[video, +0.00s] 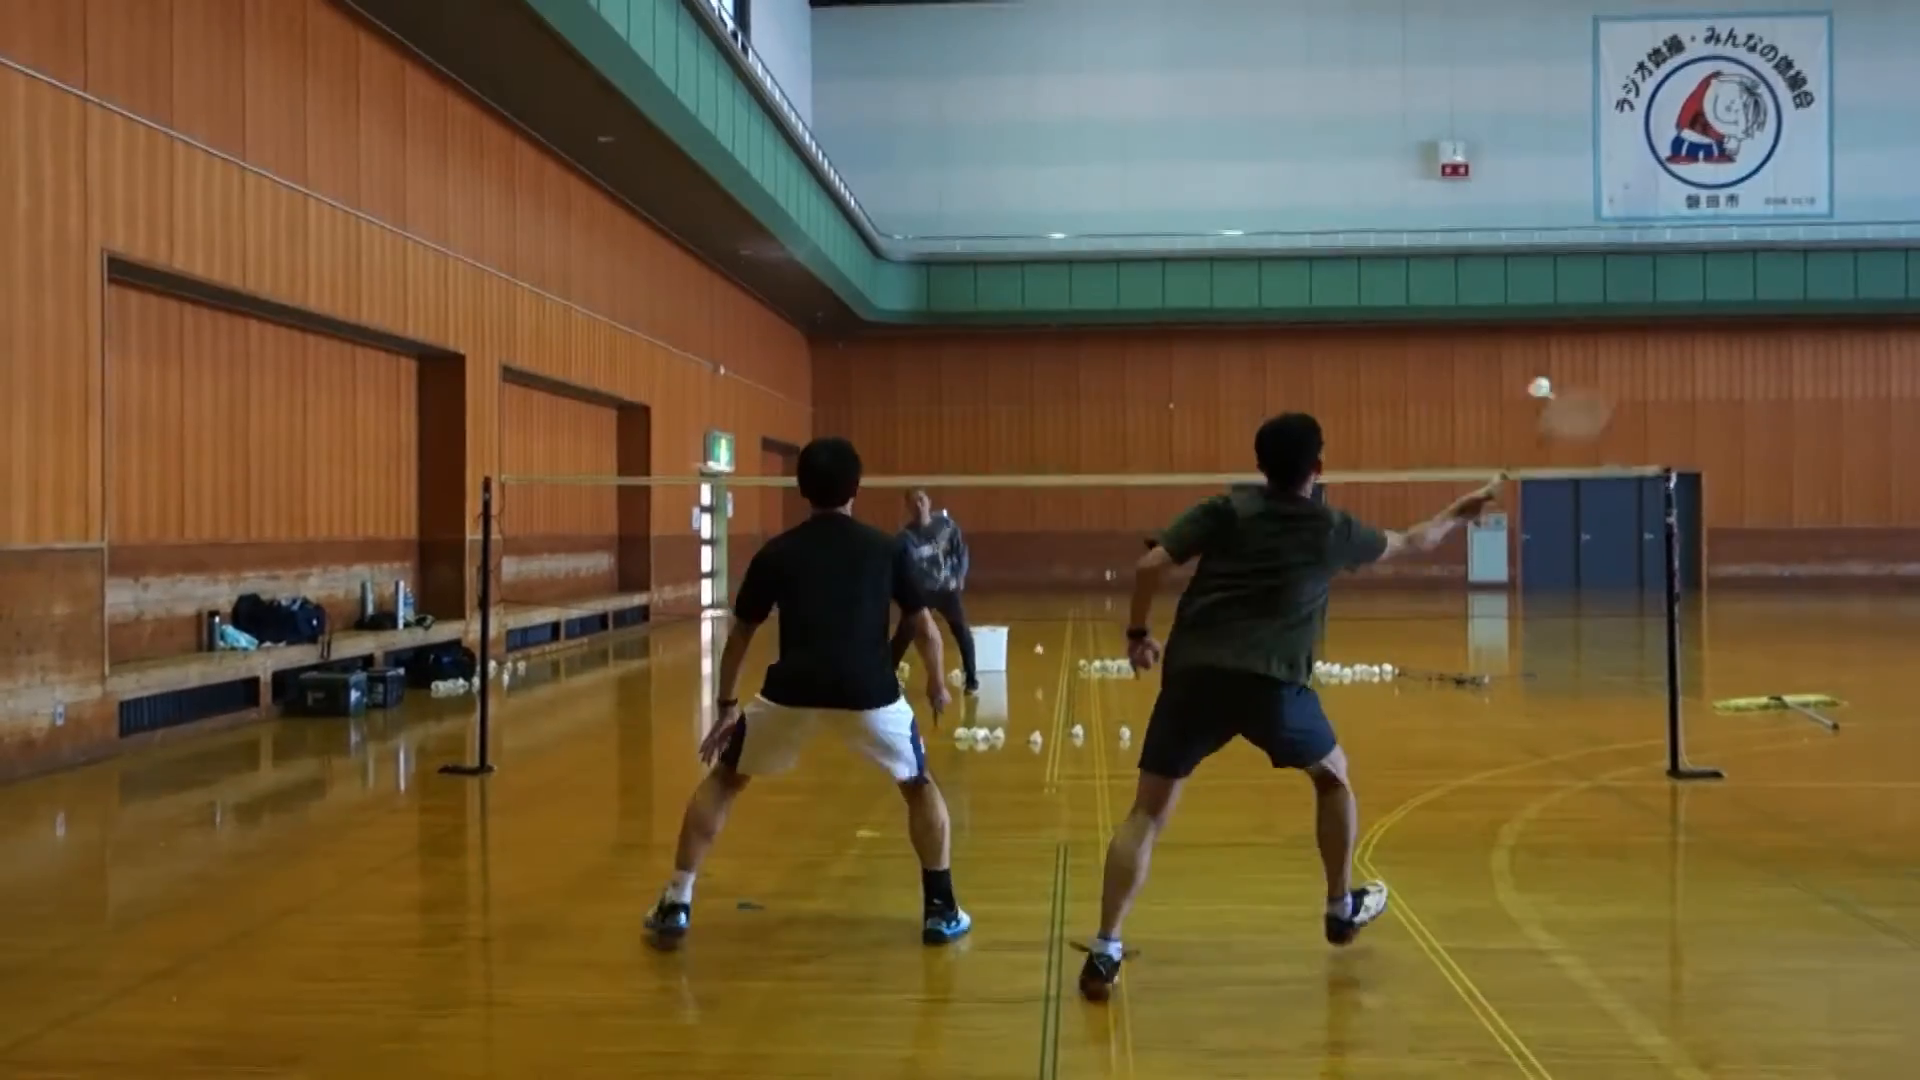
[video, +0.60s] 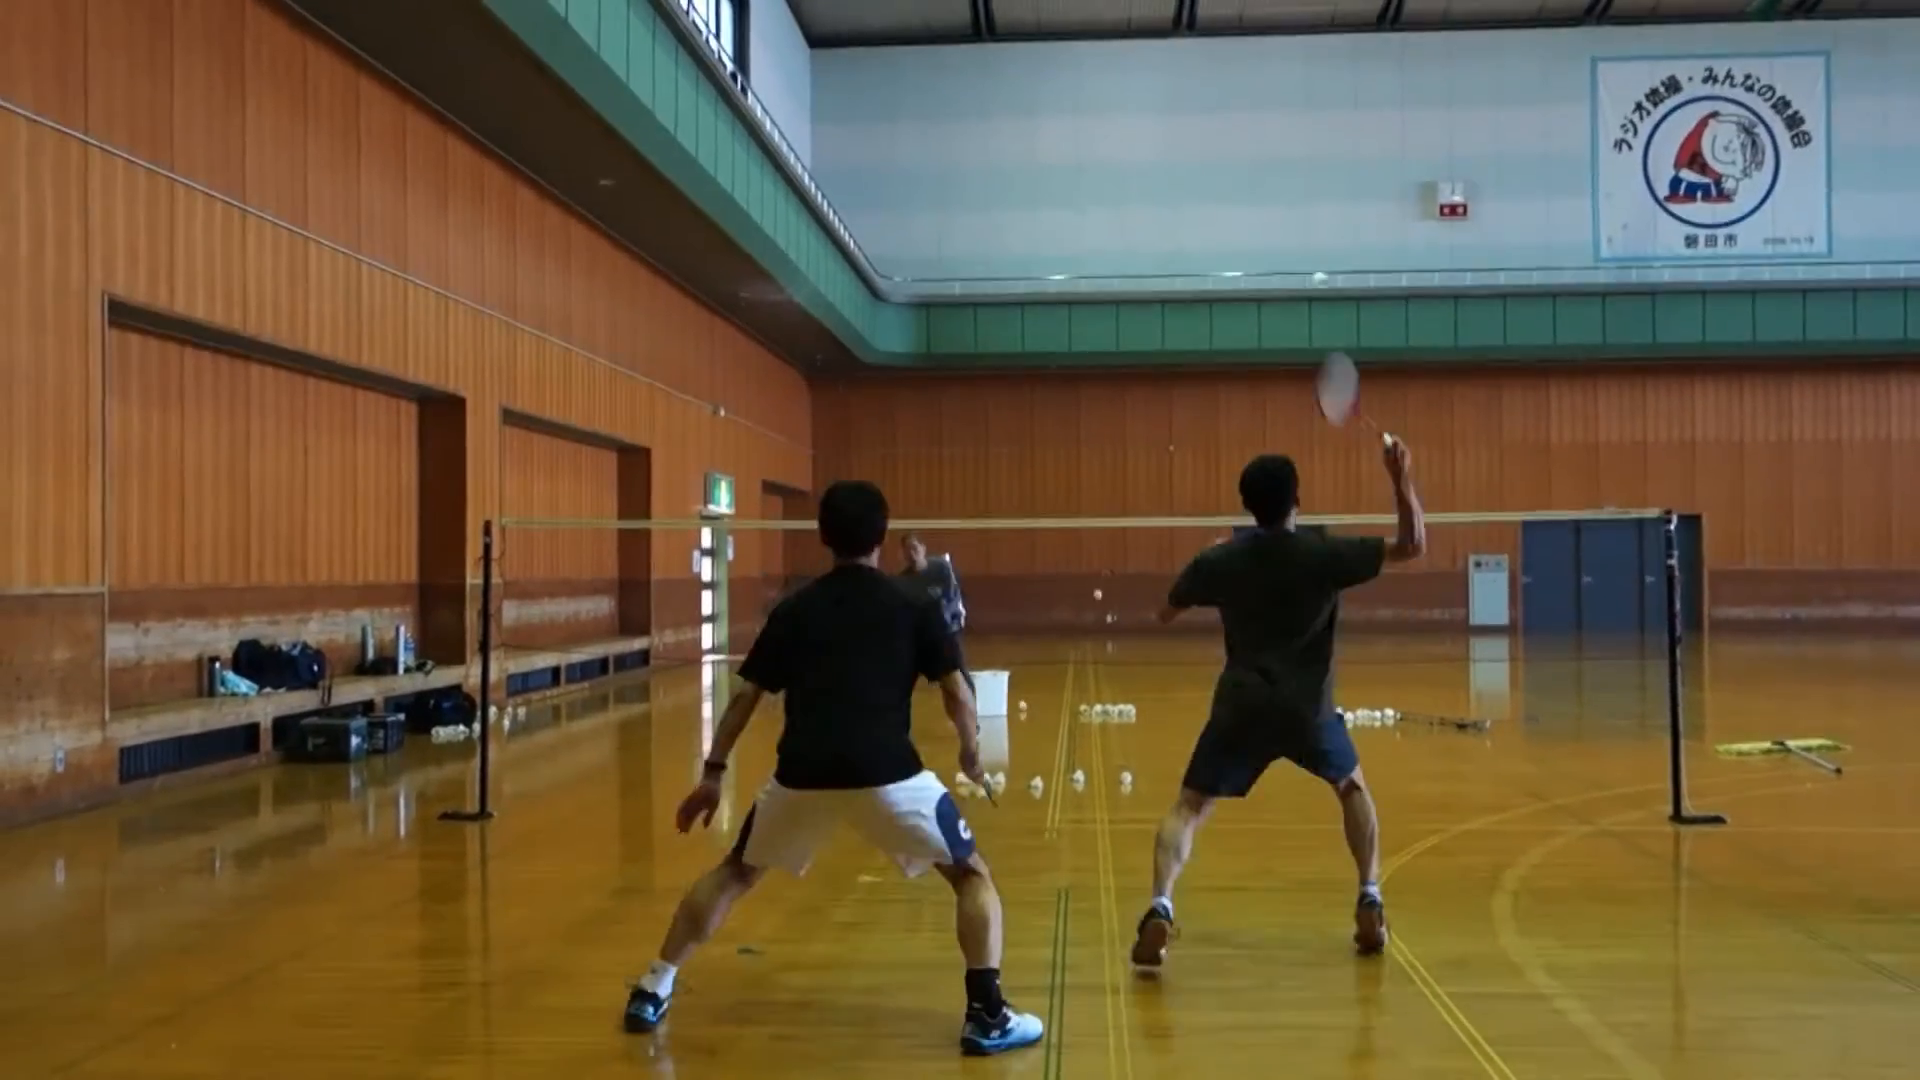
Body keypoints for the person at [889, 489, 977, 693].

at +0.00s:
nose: (919, 505)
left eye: (922, 500)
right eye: (915, 501)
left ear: (928, 502)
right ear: (909, 506)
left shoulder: (946, 525)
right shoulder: (906, 536)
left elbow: (961, 551)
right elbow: (900, 564)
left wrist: (960, 577)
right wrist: (907, 589)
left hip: (946, 590)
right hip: (918, 593)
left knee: (962, 632)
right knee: (902, 636)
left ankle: (971, 677)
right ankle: (886, 674)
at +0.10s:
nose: (919, 534)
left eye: (922, 529)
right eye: (914, 530)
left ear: (928, 531)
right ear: (908, 535)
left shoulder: (945, 553)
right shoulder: (904, 565)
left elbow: (963, 580)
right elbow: (906, 596)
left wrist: (958, 607)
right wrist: (924, 612)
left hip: (946, 618)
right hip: (919, 621)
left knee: (960, 661)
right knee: (900, 664)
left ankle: (970, 708)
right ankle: (888, 709)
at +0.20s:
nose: (919, 549)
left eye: (922, 544)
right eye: (915, 546)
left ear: (928, 547)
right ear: (909, 550)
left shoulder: (945, 569)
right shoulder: (905, 579)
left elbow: (962, 595)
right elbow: (902, 611)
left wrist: (952, 614)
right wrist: (910, 639)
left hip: (947, 634)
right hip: (921, 637)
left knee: (962, 677)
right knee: (900, 679)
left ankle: (972, 723)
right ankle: (889, 724)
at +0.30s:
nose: (915, 553)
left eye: (918, 547)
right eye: (910, 549)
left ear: (925, 549)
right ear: (905, 553)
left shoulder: (941, 571)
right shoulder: (904, 580)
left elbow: (956, 599)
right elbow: (896, 612)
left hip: (946, 634)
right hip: (920, 636)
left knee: (961, 677)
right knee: (905, 681)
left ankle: (972, 723)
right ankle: (890, 723)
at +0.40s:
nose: (913, 554)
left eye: (916, 549)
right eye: (909, 550)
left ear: (924, 550)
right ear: (903, 554)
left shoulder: (941, 570)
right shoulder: (902, 579)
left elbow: (942, 601)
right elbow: (896, 611)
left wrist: (914, 591)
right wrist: (894, 636)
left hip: (946, 633)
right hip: (920, 635)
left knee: (959, 676)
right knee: (905, 680)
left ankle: (972, 721)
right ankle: (890, 721)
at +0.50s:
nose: (913, 553)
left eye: (916, 547)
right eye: (908, 549)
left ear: (923, 548)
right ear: (904, 552)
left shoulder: (941, 567)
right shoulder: (904, 577)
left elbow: (940, 598)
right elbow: (902, 605)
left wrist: (916, 604)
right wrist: (905, 624)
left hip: (946, 629)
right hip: (920, 630)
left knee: (960, 672)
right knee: (905, 674)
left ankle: (971, 717)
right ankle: (890, 717)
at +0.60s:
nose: (912, 553)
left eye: (915, 548)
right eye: (908, 549)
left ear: (923, 549)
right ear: (903, 552)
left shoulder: (940, 568)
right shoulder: (900, 580)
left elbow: (953, 597)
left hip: (946, 629)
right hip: (921, 634)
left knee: (957, 672)